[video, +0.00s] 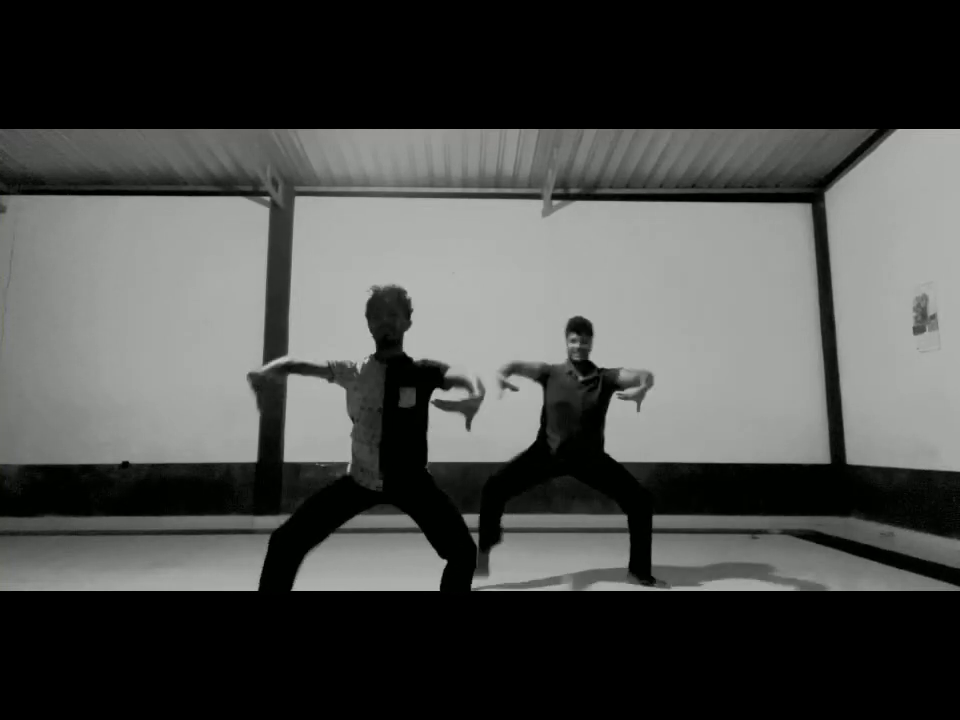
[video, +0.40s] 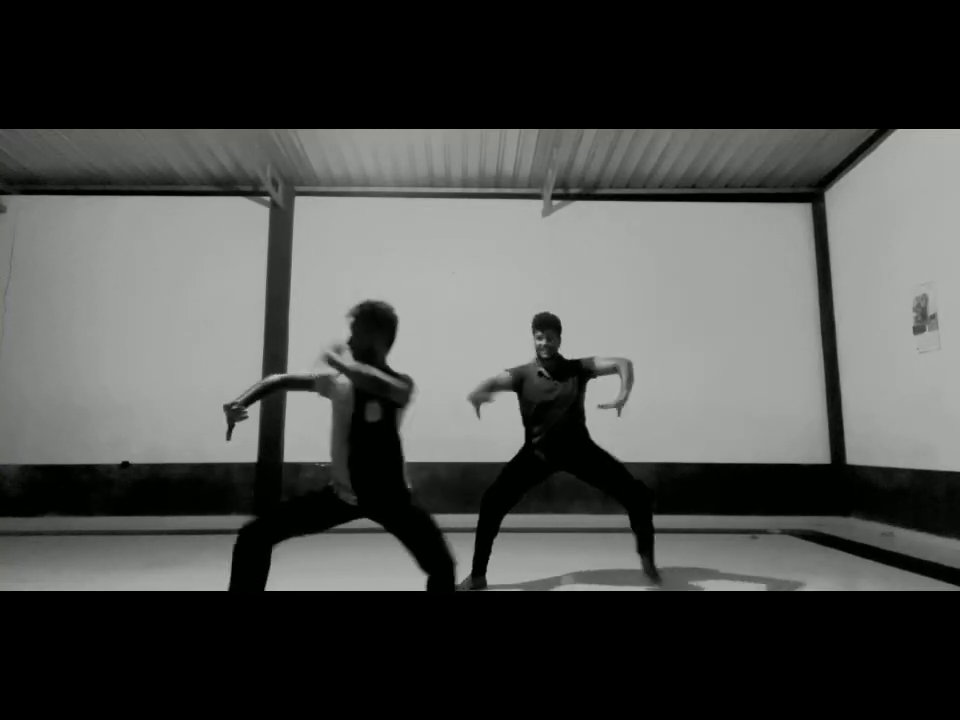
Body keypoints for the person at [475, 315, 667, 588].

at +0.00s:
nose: (579, 346)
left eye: (584, 341)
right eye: (574, 341)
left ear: (592, 343)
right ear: (566, 343)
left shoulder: (605, 377)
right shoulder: (550, 373)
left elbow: (645, 376)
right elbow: (515, 366)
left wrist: (641, 389)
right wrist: (502, 376)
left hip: (590, 458)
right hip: (547, 456)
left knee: (639, 500)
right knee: (495, 487)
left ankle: (640, 572)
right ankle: (483, 554)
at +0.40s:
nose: (543, 343)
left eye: (549, 338)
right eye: (538, 338)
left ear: (559, 339)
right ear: (533, 340)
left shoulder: (578, 368)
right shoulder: (521, 375)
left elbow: (623, 364)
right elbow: (481, 391)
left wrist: (622, 395)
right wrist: (480, 398)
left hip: (578, 450)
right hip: (536, 455)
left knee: (637, 496)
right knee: (492, 502)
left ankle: (648, 564)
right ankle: (477, 576)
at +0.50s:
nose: (543, 345)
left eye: (548, 339)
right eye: (539, 340)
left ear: (562, 341)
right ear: (536, 343)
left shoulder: (584, 371)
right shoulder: (527, 378)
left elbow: (625, 361)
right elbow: (493, 388)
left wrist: (594, 376)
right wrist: (479, 406)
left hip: (584, 456)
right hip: (540, 459)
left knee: (637, 501)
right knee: (492, 502)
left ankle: (651, 579)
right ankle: (478, 577)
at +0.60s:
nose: (538, 344)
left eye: (545, 339)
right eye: (535, 338)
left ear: (559, 343)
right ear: (531, 341)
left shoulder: (574, 371)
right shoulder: (521, 375)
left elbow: (591, 360)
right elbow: (479, 380)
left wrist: (558, 355)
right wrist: (489, 403)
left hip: (582, 457)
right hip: (539, 459)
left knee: (634, 512)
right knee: (490, 503)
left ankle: (654, 582)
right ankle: (478, 577)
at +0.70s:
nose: (524, 340)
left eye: (530, 335)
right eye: (522, 335)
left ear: (543, 341)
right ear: (518, 339)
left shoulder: (558, 366)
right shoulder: (512, 373)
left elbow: (533, 374)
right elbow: (471, 372)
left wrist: (505, 354)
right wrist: (482, 389)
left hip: (577, 451)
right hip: (538, 454)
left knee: (628, 506)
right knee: (490, 500)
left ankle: (651, 572)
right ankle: (478, 576)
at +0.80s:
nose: (505, 346)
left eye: (510, 339)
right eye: (503, 340)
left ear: (525, 343)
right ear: (503, 346)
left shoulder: (538, 366)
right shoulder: (508, 375)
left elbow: (506, 378)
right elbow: (493, 384)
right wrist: (480, 388)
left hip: (577, 450)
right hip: (539, 453)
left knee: (627, 501)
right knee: (494, 496)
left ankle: (644, 571)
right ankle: (478, 575)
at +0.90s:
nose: (496, 374)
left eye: (496, 368)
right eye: (493, 370)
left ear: (508, 360)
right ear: (504, 364)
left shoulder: (537, 373)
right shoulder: (515, 378)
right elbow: (486, 385)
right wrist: (475, 387)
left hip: (579, 451)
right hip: (544, 452)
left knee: (623, 511)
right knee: (499, 498)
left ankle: (635, 581)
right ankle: (477, 578)